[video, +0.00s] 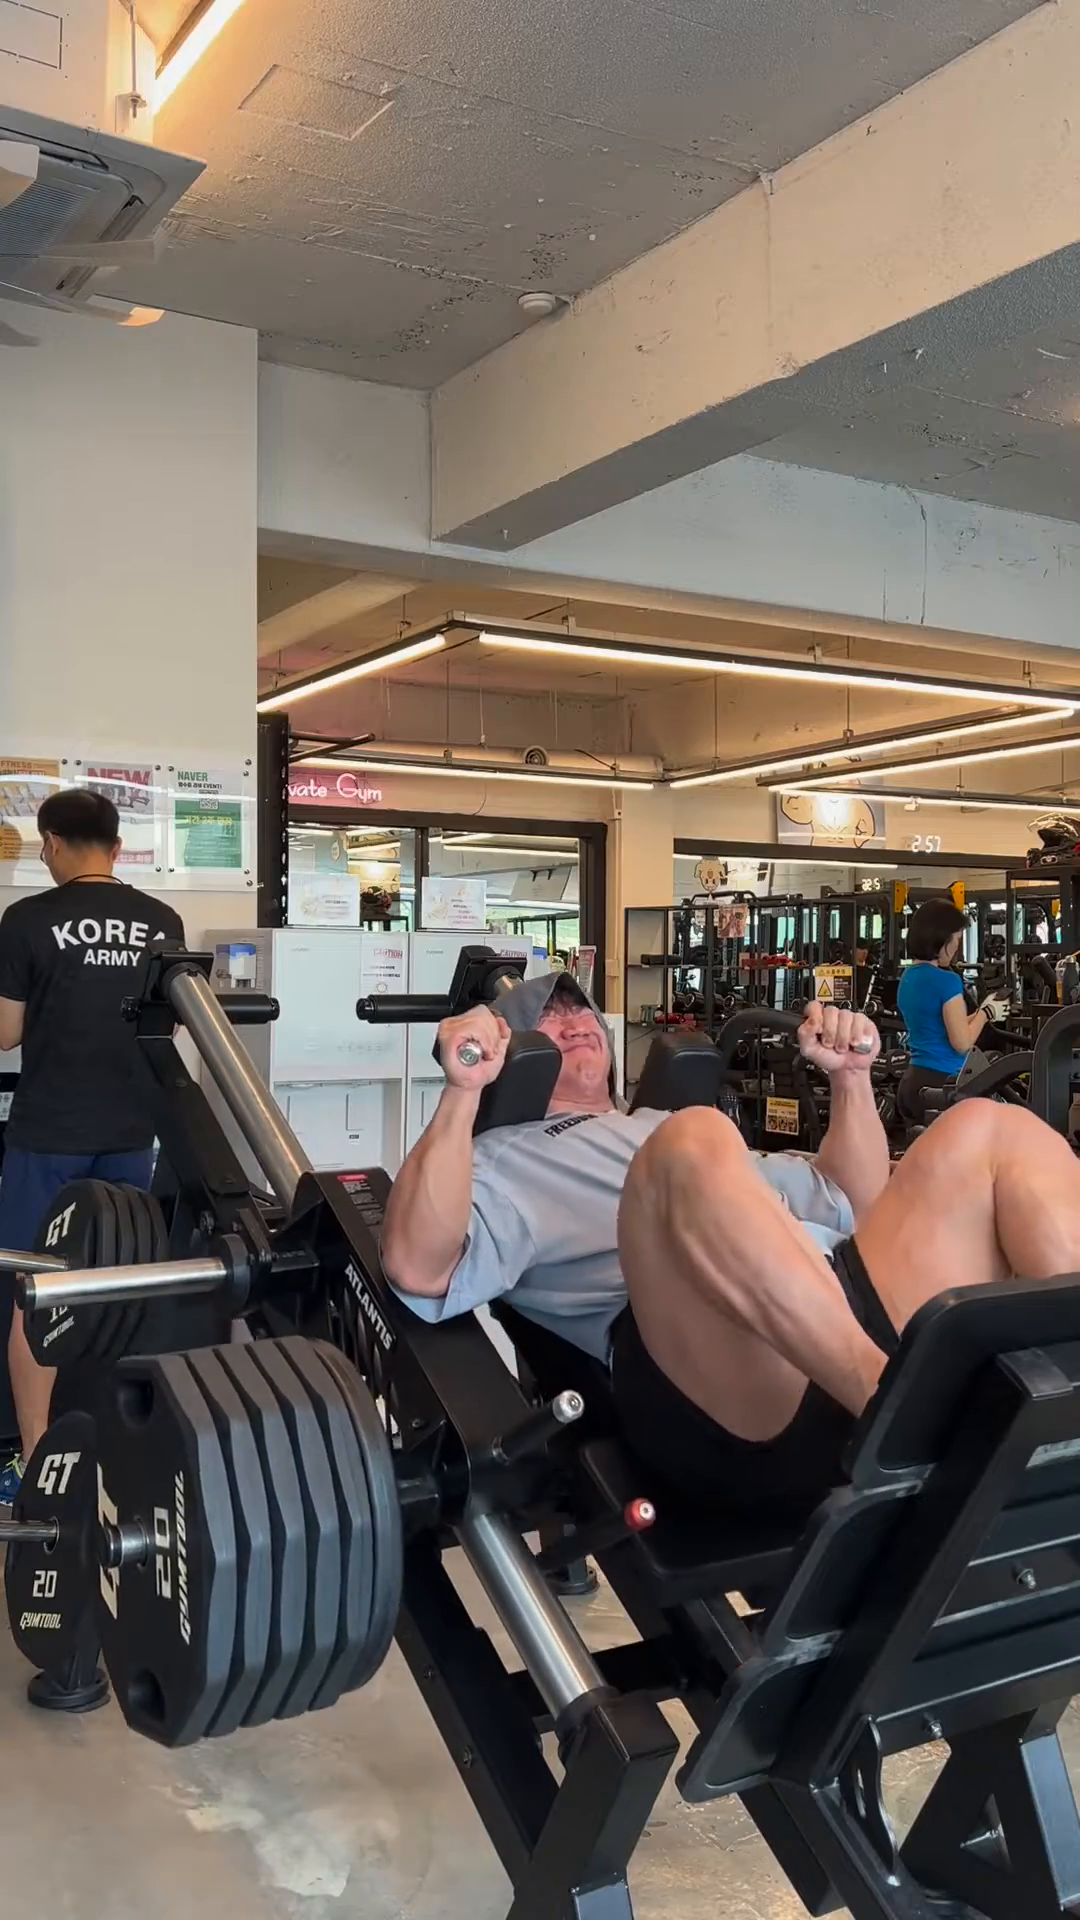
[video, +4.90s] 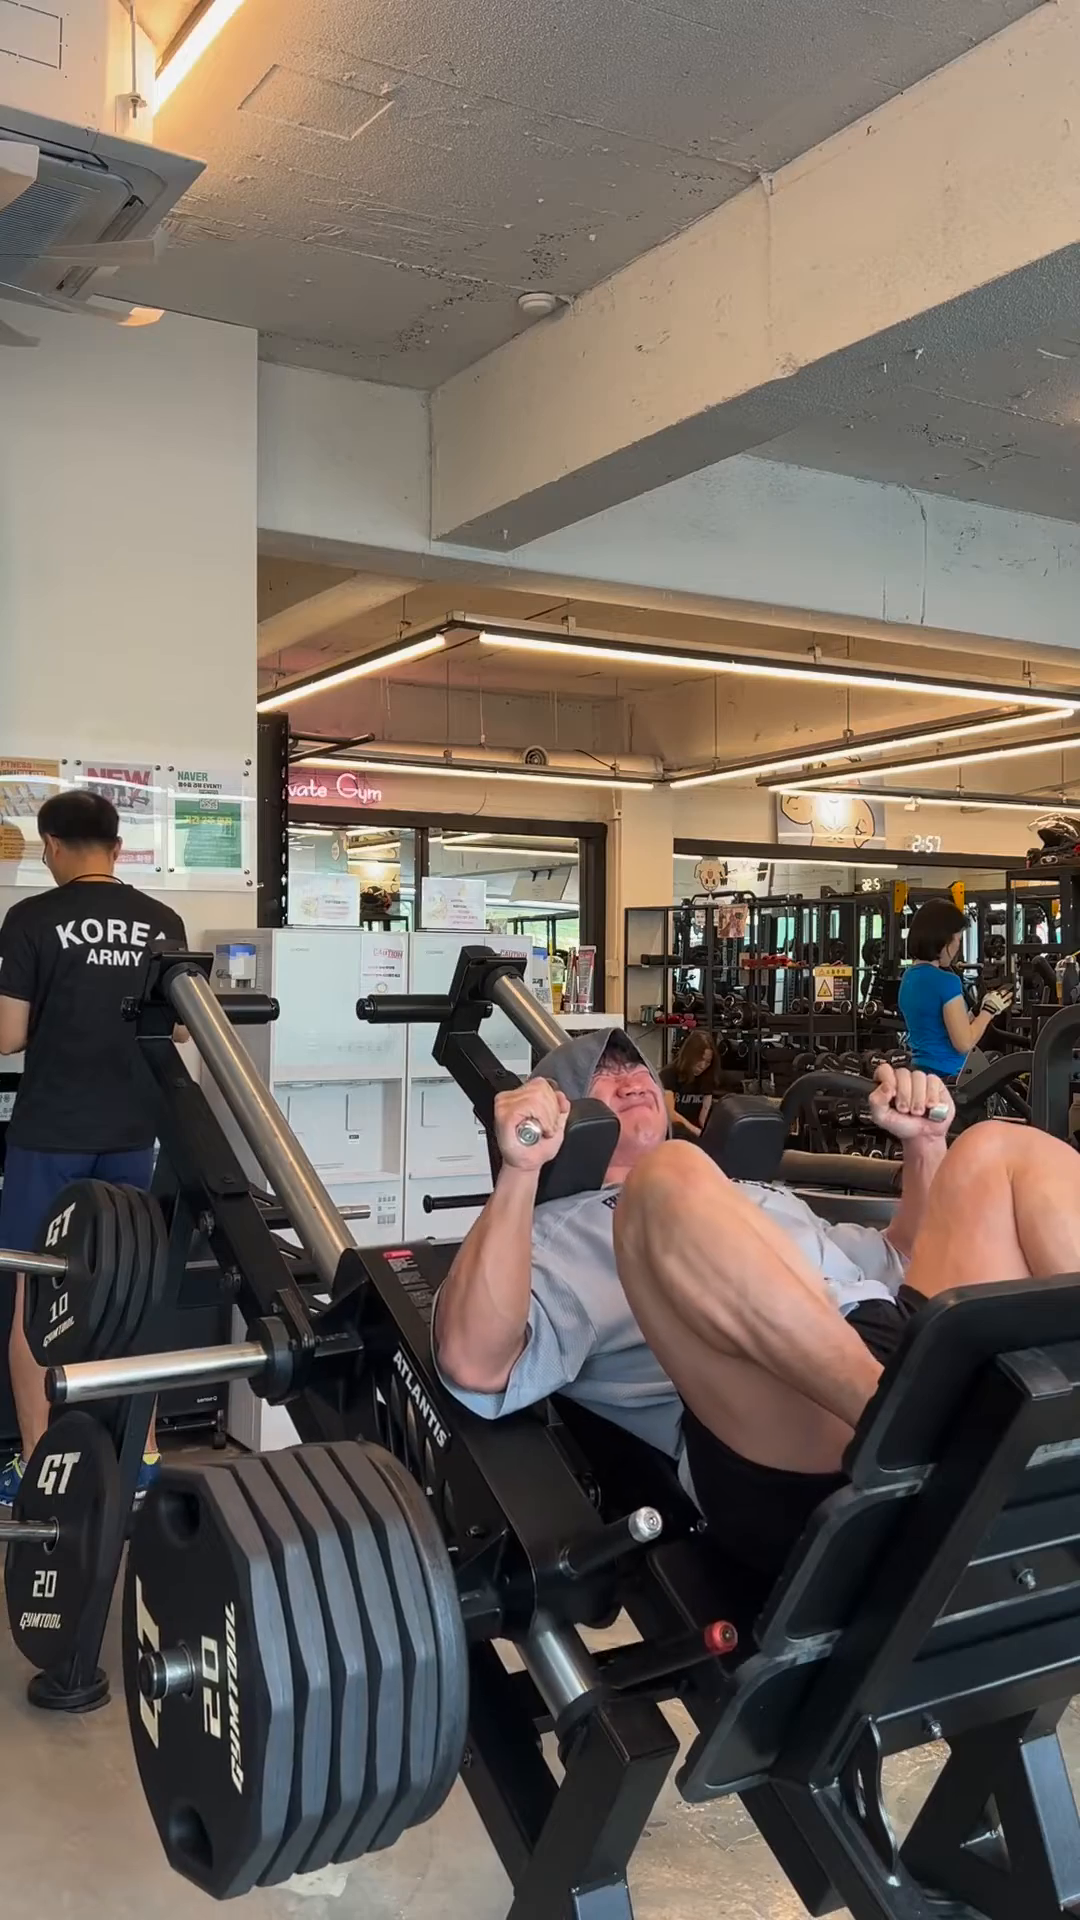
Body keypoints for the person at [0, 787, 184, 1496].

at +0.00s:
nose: (48, 857)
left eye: (45, 847)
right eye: (52, 847)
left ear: (50, 846)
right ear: (116, 847)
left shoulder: (29, 920)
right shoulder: (164, 920)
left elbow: (8, 1031)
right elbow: (174, 1024)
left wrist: (60, 1020)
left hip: (49, 1132)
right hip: (138, 1133)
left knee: (32, 1298)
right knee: (127, 1294)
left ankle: (39, 1461)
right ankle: (126, 1454)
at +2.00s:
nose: (52, 857)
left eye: (49, 847)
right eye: (62, 847)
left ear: (51, 845)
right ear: (119, 847)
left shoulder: (31, 917)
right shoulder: (164, 920)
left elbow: (5, 1029)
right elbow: (181, 1028)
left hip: (48, 1139)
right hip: (140, 1141)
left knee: (29, 1298)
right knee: (135, 1296)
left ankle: (35, 1458)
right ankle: (138, 1464)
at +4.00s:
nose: (41, 861)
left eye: (39, 852)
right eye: (44, 852)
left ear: (46, 849)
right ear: (111, 847)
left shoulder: (29, 920)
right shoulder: (161, 919)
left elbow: (10, 1034)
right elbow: (177, 1030)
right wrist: (116, 1030)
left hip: (50, 1130)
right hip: (136, 1130)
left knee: (31, 1296)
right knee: (123, 1289)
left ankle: (38, 1460)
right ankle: (124, 1452)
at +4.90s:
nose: (50, 860)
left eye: (47, 850)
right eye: (56, 850)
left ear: (51, 848)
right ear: (118, 849)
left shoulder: (33, 917)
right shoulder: (164, 920)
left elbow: (10, 1034)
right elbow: (185, 1032)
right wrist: (123, 1034)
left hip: (51, 1132)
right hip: (137, 1133)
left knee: (29, 1299)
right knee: (129, 1290)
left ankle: (41, 1463)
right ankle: (137, 1451)